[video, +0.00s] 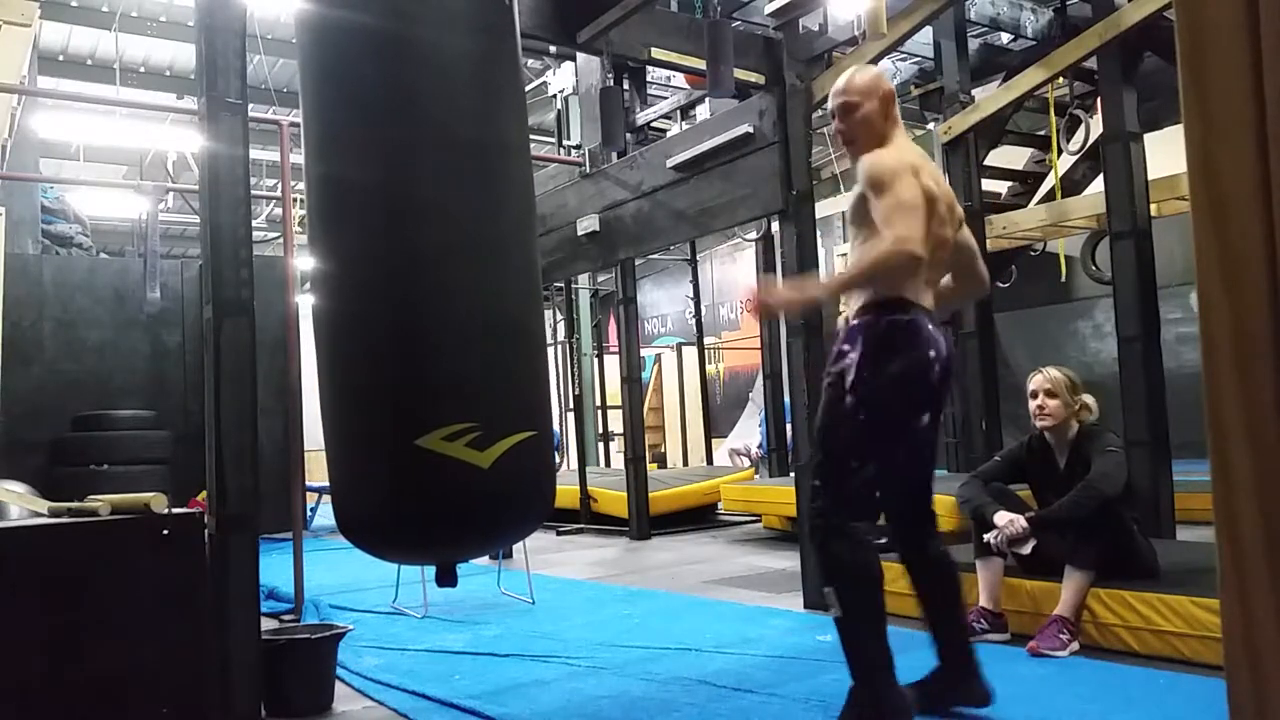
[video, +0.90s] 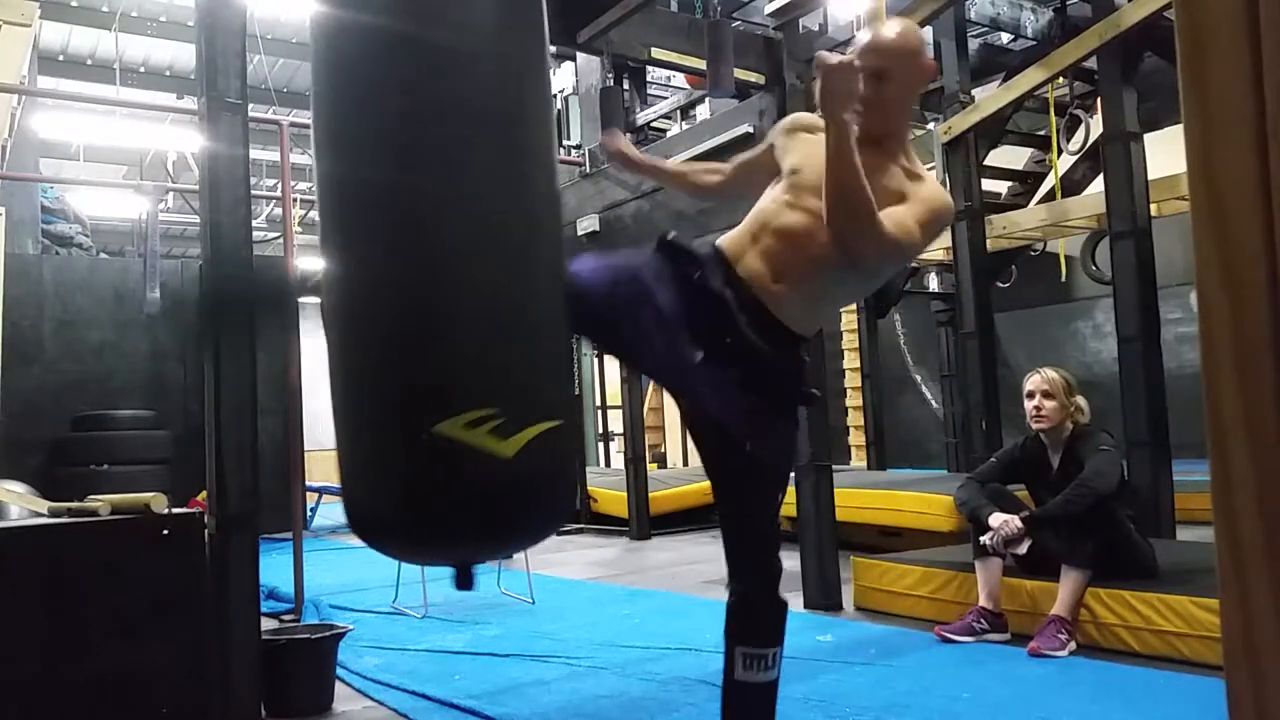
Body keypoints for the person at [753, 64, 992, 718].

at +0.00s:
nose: (836, 125)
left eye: (846, 111)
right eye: (833, 114)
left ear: (882, 107)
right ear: (887, 113)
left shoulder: (886, 163)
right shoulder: (928, 172)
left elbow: (904, 246)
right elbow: (975, 275)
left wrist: (806, 290)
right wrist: (904, 303)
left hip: (881, 341)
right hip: (925, 343)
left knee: (838, 515)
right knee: (911, 517)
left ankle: (874, 691)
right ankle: (960, 670)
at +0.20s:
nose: (817, 143)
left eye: (827, 129)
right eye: (814, 132)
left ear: (871, 125)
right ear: (872, 134)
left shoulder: (849, 182)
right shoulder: (914, 199)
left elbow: (808, 237)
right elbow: (977, 299)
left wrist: (694, 248)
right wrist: (918, 348)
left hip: (873, 378)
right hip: (914, 379)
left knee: (828, 549)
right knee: (883, 552)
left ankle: (825, 711)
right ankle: (942, 695)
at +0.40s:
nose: (808, 122)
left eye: (821, 107)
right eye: (803, 112)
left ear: (863, 106)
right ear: (803, 119)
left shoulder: (875, 175)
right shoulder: (836, 191)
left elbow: (959, 220)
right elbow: (809, 299)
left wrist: (951, 291)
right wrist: (737, 278)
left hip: (854, 389)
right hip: (828, 389)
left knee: (770, 547)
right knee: (851, 539)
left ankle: (790, 711)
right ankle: (935, 673)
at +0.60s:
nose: (848, 78)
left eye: (865, 63)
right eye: (844, 65)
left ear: (912, 74)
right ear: (839, 74)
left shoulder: (951, 179)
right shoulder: (811, 137)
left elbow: (1067, 214)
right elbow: (721, 181)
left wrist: (1107, 167)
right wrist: (679, 146)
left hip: (821, 365)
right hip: (739, 320)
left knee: (823, 545)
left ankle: (804, 713)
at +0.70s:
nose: (891, 97)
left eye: (908, 84)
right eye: (883, 82)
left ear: (939, 93)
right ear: (870, 84)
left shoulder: (942, 194)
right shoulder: (824, 140)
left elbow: (1019, 222)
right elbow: (714, 199)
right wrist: (613, 233)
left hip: (796, 356)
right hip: (736, 276)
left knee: (811, 539)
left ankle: (789, 713)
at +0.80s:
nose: (883, 94)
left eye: (900, 82)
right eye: (882, 79)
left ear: (933, 103)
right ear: (871, 85)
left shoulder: (944, 222)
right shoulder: (820, 137)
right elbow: (729, 201)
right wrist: (644, 218)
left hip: (764, 354)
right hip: (701, 263)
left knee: (767, 541)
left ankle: (762, 714)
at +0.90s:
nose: (859, 89)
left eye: (878, 77)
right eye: (855, 72)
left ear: (924, 82)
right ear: (843, 73)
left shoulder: (928, 199)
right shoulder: (801, 131)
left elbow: (860, 247)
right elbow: (721, 182)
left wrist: (839, 121)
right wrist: (644, 165)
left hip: (763, 364)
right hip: (688, 286)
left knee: (754, 572)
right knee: (549, 284)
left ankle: (748, 714)